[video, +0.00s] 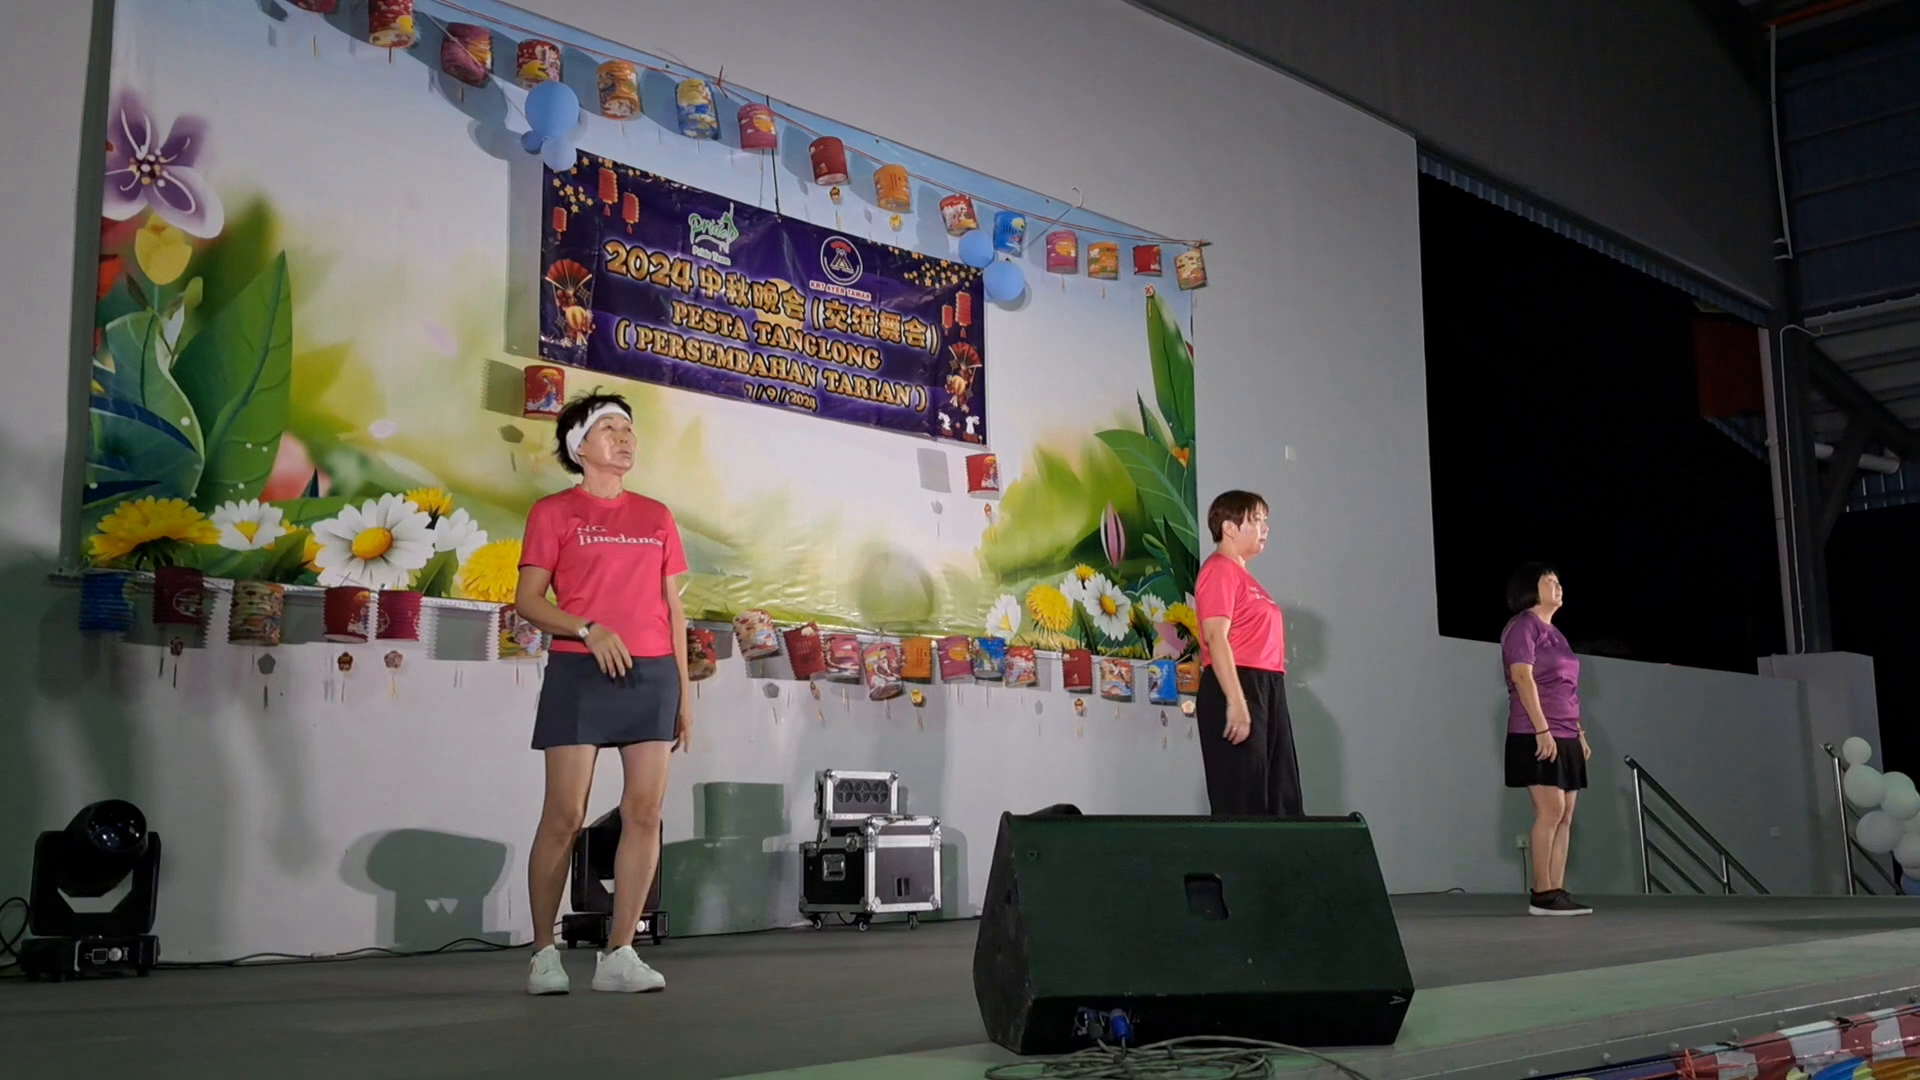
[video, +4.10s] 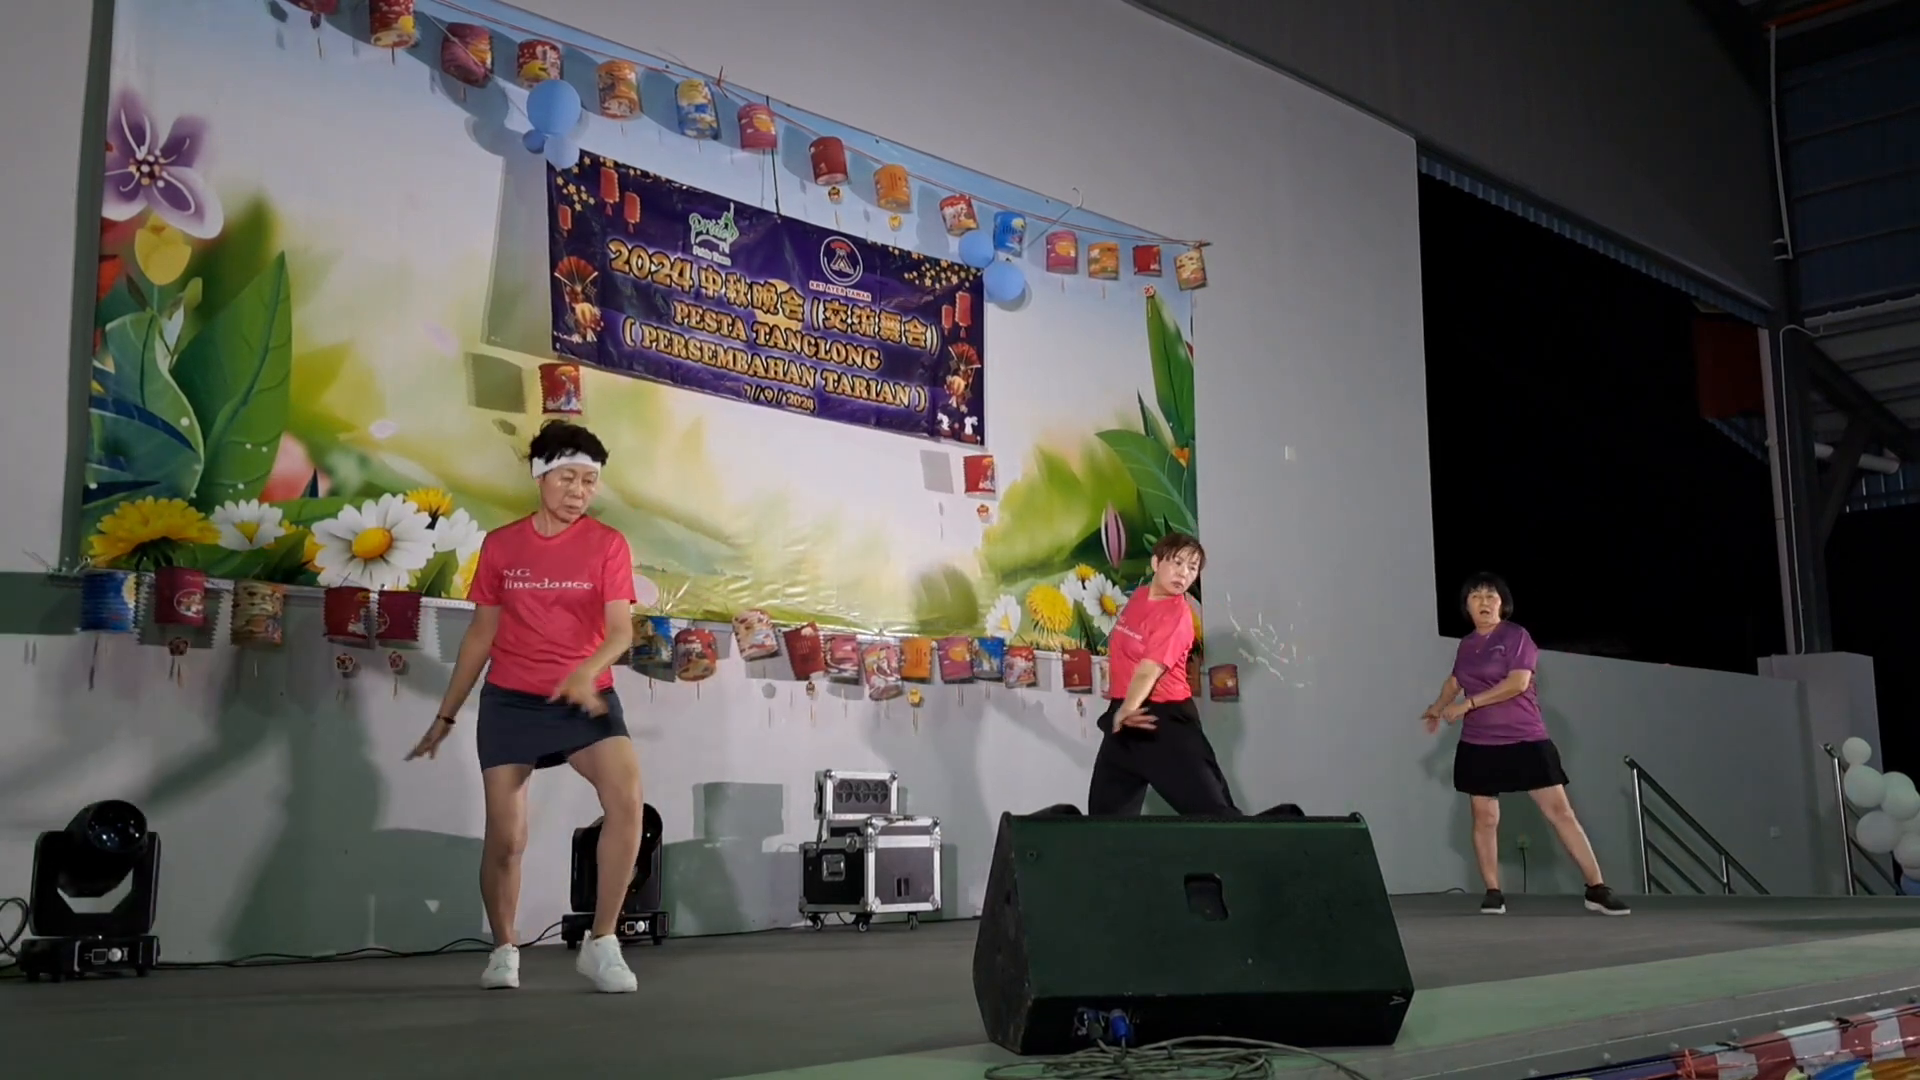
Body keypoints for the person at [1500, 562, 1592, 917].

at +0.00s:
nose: (1557, 587)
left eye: (1557, 582)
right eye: (1549, 582)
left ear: (1558, 592)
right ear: (1532, 589)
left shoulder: (1556, 634)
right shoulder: (1523, 625)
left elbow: (1563, 690)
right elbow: (1521, 677)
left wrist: (1578, 732)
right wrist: (1542, 729)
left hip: (1566, 735)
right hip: (1538, 734)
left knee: (1565, 814)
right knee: (1550, 811)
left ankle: (1556, 891)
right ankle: (1542, 892)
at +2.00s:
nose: (1550, 587)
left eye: (1554, 583)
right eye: (1542, 582)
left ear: (1558, 592)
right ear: (1526, 591)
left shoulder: (1560, 635)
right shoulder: (1515, 629)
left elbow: (1571, 687)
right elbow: (1509, 682)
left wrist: (1587, 728)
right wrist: (1520, 732)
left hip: (1568, 740)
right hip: (1533, 738)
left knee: (1568, 814)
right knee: (1534, 811)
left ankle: (1556, 891)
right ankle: (1535, 892)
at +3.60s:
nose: (1527, 588)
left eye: (1533, 583)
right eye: (1519, 584)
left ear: (1544, 593)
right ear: (1508, 595)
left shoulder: (1565, 634)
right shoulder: (1495, 633)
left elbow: (1592, 675)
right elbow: (1474, 677)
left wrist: (1616, 713)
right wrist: (1469, 712)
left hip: (1558, 738)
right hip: (1511, 737)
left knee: (1565, 813)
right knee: (1513, 813)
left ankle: (1553, 892)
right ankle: (1498, 882)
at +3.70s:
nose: (1511, 591)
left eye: (1517, 586)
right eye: (1504, 587)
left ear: (1529, 594)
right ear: (1494, 598)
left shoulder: (1553, 631)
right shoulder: (1482, 637)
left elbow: (1577, 669)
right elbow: (1453, 676)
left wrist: (1582, 701)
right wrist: (1426, 706)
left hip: (1552, 737)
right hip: (1503, 739)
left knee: (1571, 811)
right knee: (1498, 815)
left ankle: (1555, 890)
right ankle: (1494, 889)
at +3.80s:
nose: (1499, 597)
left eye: (1505, 591)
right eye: (1492, 592)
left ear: (1517, 597)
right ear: (1482, 601)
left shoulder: (1540, 633)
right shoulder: (1471, 642)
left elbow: (1558, 675)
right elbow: (1438, 679)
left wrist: (1535, 696)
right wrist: (1397, 707)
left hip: (1543, 740)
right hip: (1492, 743)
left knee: (1584, 803)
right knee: (1492, 817)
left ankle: (1569, 882)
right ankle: (1493, 892)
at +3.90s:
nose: (1492, 599)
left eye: (1498, 593)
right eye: (1484, 594)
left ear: (1509, 599)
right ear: (1475, 603)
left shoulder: (1528, 634)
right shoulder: (1466, 645)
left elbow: (1539, 681)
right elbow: (1436, 681)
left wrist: (1491, 703)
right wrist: (1394, 708)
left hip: (1536, 741)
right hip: (1486, 744)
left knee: (1576, 807)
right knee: (1488, 816)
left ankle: (1597, 887)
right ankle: (1493, 892)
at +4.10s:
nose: (1484, 604)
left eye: (1491, 597)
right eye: (1477, 597)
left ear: (1502, 603)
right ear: (1467, 605)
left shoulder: (1517, 636)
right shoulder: (1466, 645)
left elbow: (1518, 683)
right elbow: (1455, 682)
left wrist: (1467, 704)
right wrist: (1438, 706)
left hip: (1527, 741)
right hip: (1480, 744)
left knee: (1561, 811)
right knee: (1485, 816)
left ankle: (1597, 888)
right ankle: (1493, 892)